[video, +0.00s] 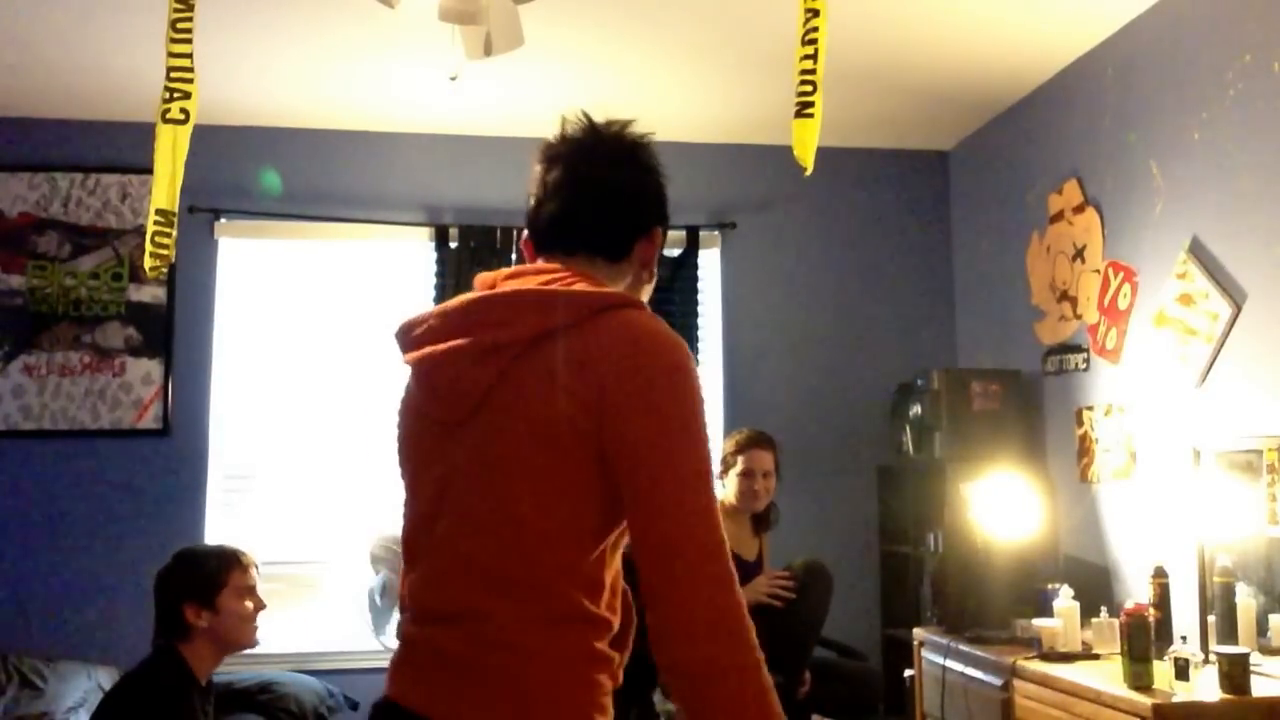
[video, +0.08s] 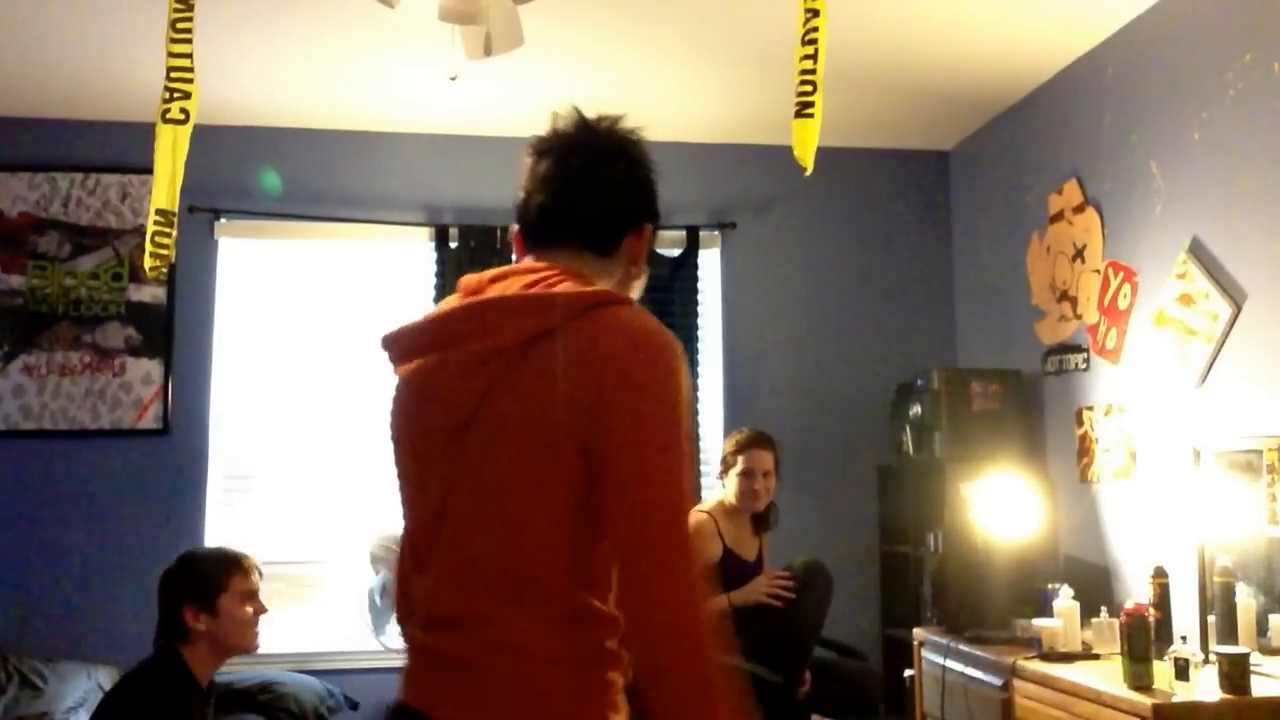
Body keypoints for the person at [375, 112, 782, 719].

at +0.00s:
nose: (651, 286)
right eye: (658, 267)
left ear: (527, 246)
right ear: (649, 249)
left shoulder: (444, 349)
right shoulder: (636, 347)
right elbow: (692, 602)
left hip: (417, 690)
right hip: (557, 700)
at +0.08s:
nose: (643, 277)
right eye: (649, 259)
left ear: (519, 239)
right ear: (637, 245)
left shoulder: (431, 356)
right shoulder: (630, 345)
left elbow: (419, 572)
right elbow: (659, 590)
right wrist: (697, 707)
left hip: (433, 693)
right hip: (570, 696)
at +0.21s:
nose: (632, 280)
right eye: (639, 259)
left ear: (502, 251)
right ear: (626, 247)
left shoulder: (422, 363)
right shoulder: (620, 362)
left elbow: (400, 584)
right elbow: (580, 586)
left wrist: (399, 710)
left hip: (468, 694)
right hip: (590, 698)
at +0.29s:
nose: (643, 267)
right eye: (648, 248)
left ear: (512, 241)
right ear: (635, 240)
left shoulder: (433, 359)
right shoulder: (624, 354)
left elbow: (404, 597)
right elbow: (580, 584)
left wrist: (388, 712)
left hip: (472, 691)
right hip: (595, 695)